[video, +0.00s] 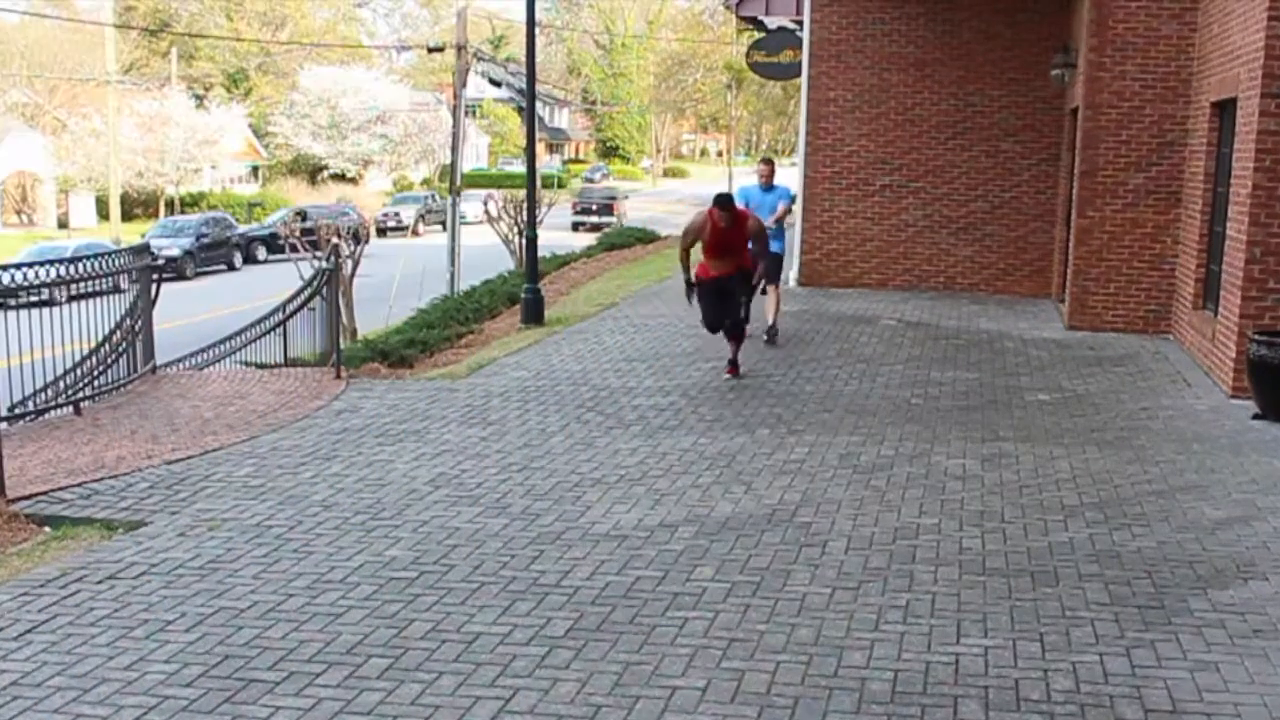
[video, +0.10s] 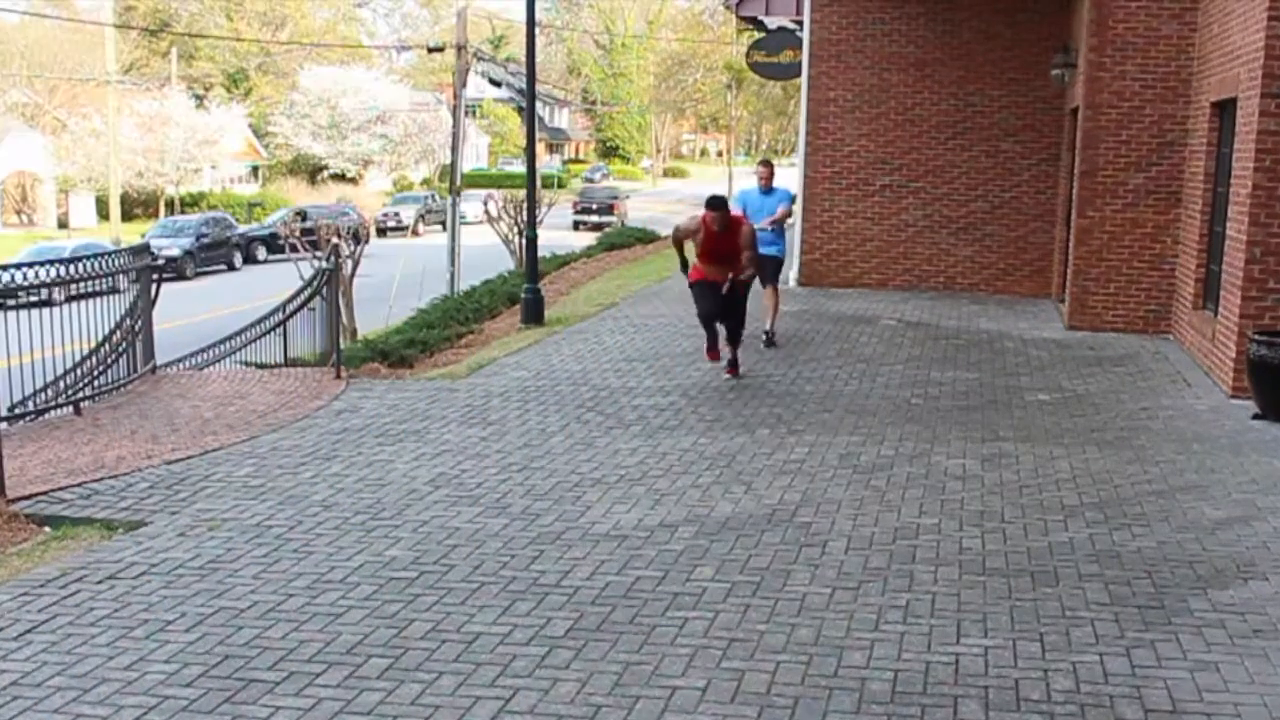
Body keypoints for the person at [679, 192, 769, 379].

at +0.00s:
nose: (723, 219)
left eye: (727, 214)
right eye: (719, 214)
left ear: (734, 211)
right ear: (713, 211)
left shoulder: (751, 224)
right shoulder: (702, 222)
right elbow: (684, 247)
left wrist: (756, 280)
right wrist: (687, 279)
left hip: (738, 275)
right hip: (709, 277)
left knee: (736, 323)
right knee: (712, 326)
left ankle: (733, 360)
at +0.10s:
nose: (714, 222)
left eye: (718, 218)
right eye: (710, 217)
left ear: (727, 215)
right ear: (706, 215)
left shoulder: (744, 229)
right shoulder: (697, 225)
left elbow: (751, 266)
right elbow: (677, 235)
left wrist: (736, 279)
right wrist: (683, 261)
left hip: (734, 279)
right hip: (704, 276)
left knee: (734, 323)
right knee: (707, 313)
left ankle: (733, 356)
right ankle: (711, 338)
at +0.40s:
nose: (683, 229)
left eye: (687, 225)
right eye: (680, 224)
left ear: (699, 220)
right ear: (677, 220)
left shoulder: (722, 232)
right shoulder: (670, 235)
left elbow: (751, 252)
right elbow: (658, 267)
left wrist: (750, 283)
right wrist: (660, 283)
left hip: (716, 288)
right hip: (686, 287)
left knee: (703, 335)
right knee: (683, 340)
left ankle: (720, 348)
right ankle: (697, 378)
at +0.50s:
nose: (686, 229)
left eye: (689, 224)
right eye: (682, 224)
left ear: (700, 218)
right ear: (676, 218)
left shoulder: (722, 226)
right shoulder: (666, 230)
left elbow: (750, 241)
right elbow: (651, 263)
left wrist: (746, 271)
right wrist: (657, 281)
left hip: (711, 282)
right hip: (681, 284)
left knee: (702, 328)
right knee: (685, 334)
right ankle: (693, 370)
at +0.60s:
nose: (688, 228)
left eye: (692, 223)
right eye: (683, 224)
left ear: (700, 217)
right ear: (675, 218)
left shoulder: (722, 229)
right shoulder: (663, 231)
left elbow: (740, 258)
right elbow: (648, 263)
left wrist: (734, 292)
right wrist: (654, 300)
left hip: (707, 290)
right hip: (675, 293)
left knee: (709, 344)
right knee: (679, 350)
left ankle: (709, 390)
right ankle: (693, 351)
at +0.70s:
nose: (680, 234)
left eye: (685, 228)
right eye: (676, 228)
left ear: (696, 221)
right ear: (670, 222)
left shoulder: (717, 238)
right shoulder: (657, 238)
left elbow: (729, 276)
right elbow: (641, 256)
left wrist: (718, 292)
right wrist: (650, 286)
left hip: (705, 301)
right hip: (670, 300)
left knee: (708, 352)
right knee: (673, 347)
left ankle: (706, 392)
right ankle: (684, 359)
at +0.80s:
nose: (670, 233)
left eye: (675, 228)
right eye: (665, 228)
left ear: (685, 219)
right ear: (658, 220)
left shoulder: (707, 233)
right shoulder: (647, 233)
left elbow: (724, 274)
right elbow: (631, 245)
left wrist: (707, 282)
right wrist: (644, 277)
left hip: (698, 295)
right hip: (664, 290)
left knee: (698, 343)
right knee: (662, 338)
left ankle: (707, 387)